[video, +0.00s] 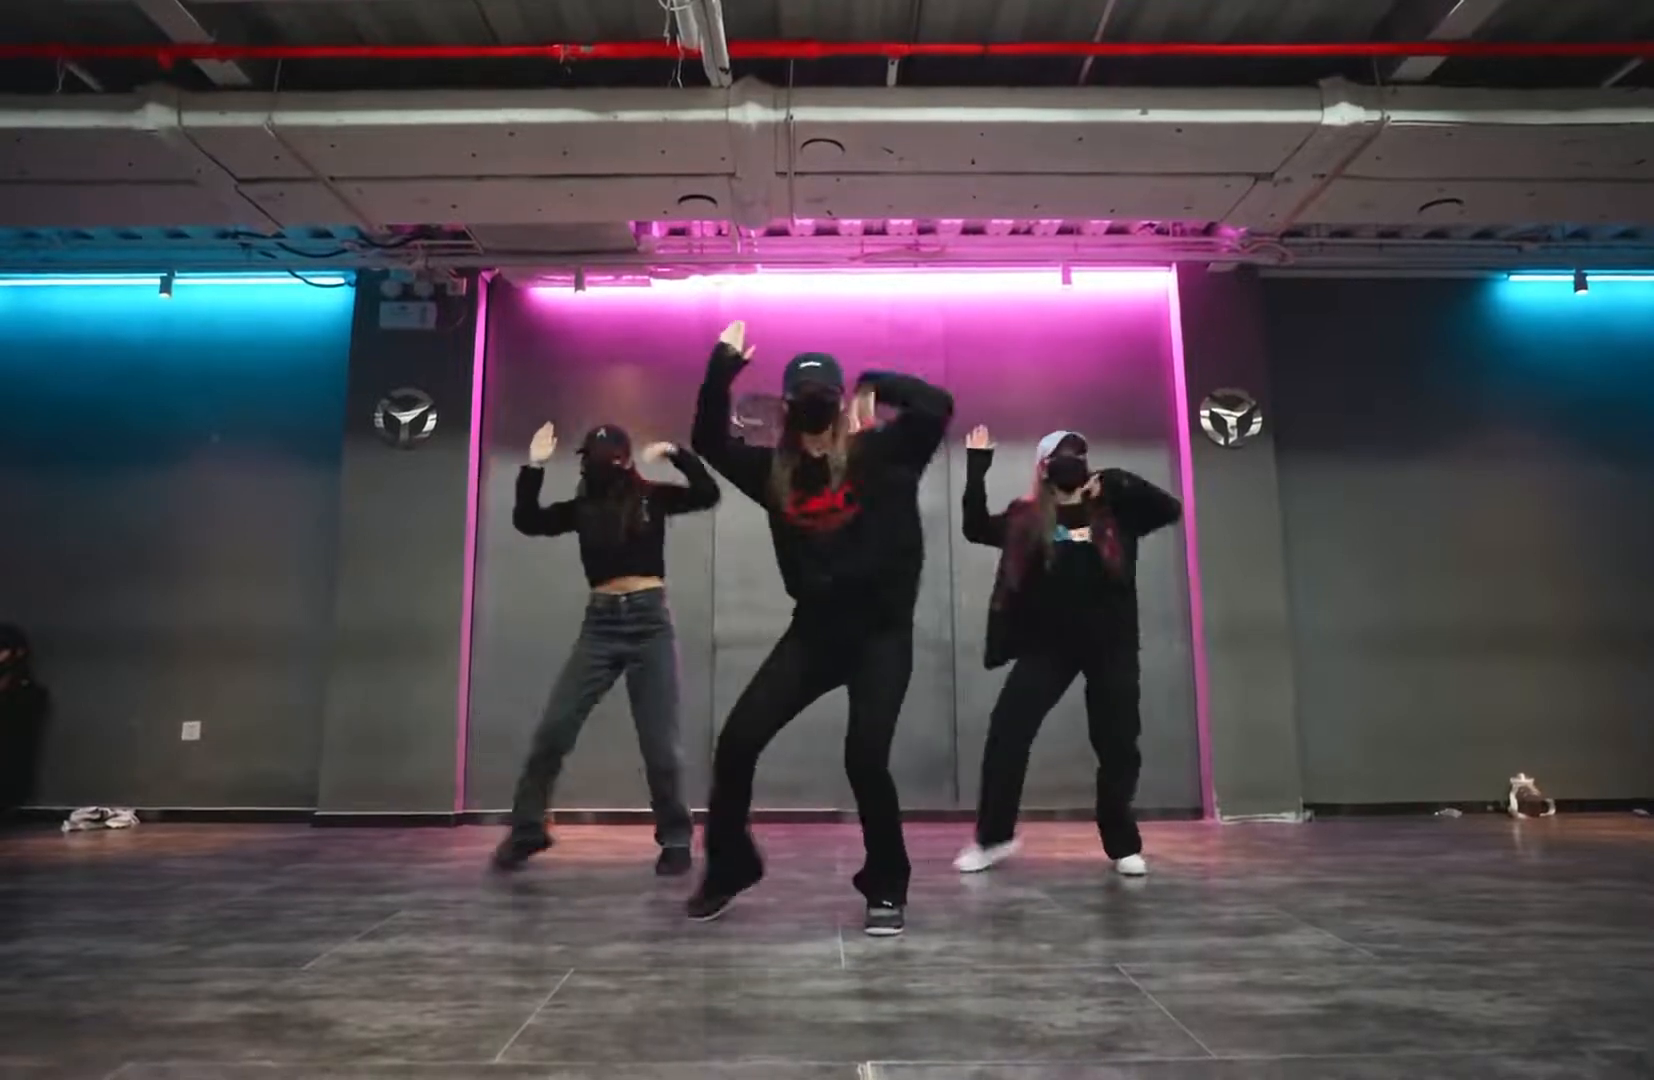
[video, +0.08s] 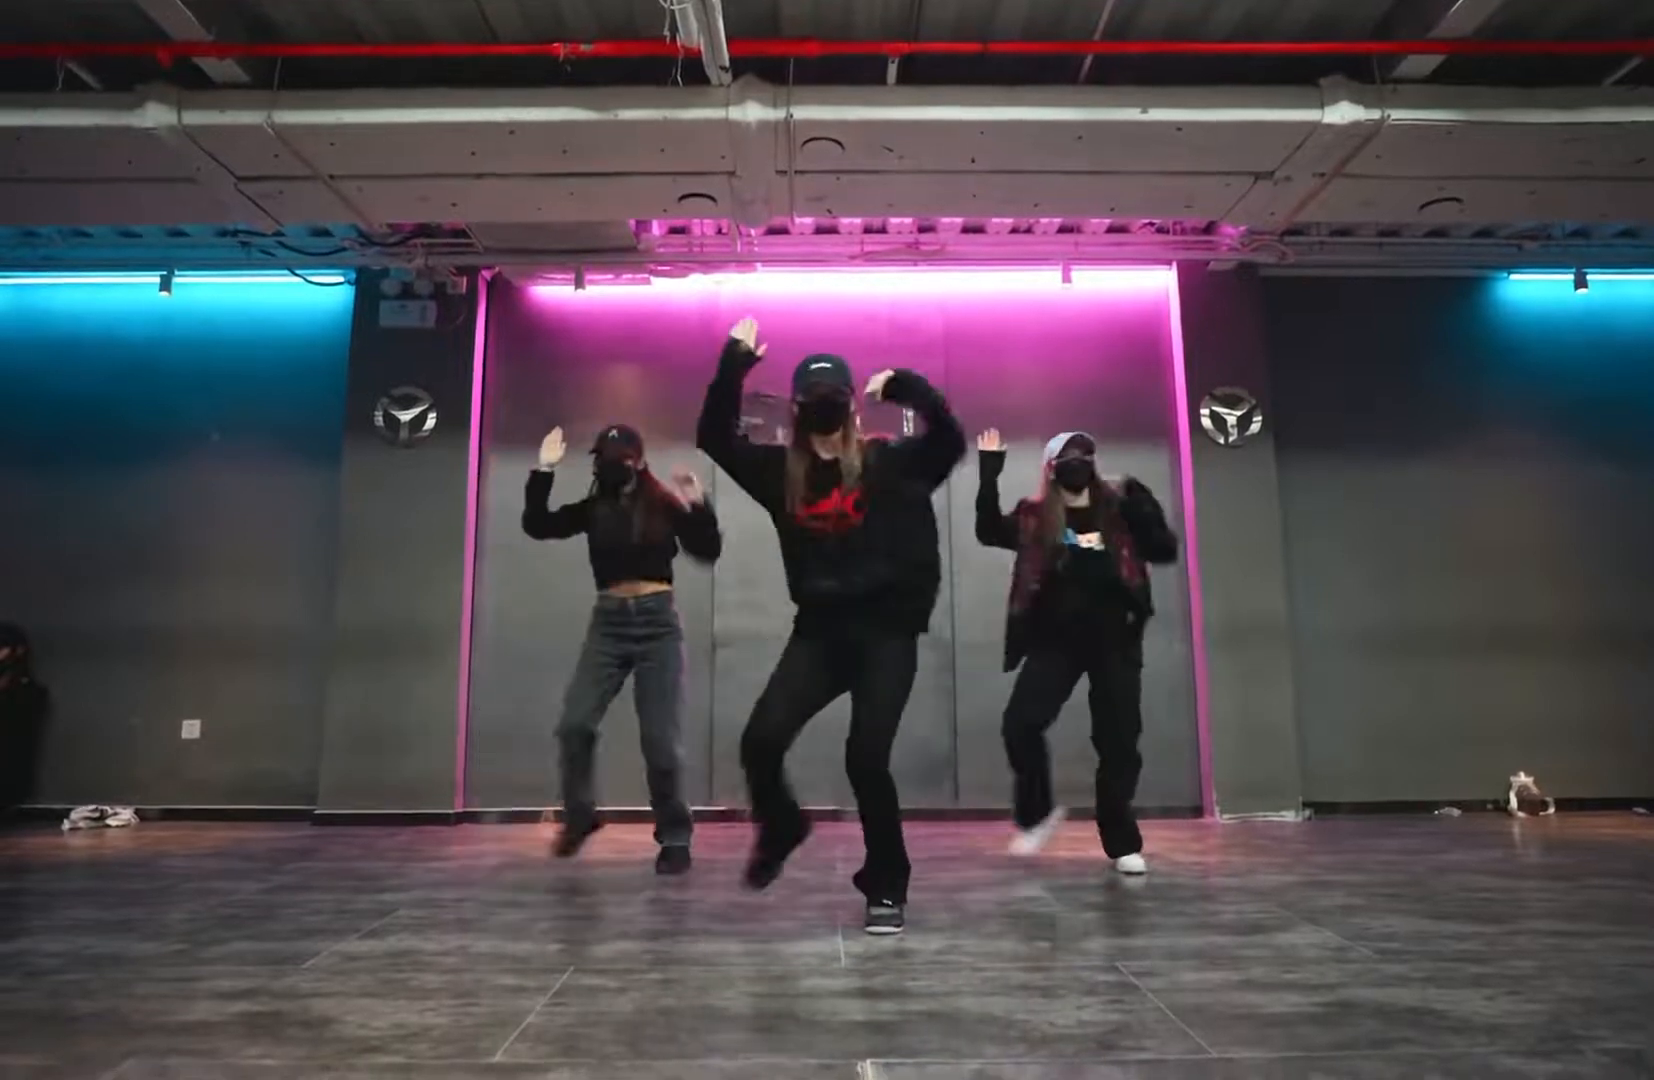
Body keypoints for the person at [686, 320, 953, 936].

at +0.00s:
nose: (817, 427)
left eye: (825, 413)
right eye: (805, 416)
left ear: (843, 409)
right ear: (786, 414)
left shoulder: (887, 455)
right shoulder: (774, 474)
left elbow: (938, 407)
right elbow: (712, 442)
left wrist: (875, 383)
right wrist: (723, 367)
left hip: (882, 636)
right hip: (814, 636)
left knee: (865, 760)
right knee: (737, 742)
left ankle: (887, 892)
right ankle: (730, 866)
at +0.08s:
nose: (826, 417)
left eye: (835, 405)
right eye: (814, 406)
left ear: (852, 405)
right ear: (797, 409)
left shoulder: (894, 465)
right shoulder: (780, 473)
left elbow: (951, 443)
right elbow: (715, 436)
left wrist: (915, 392)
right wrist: (734, 363)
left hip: (889, 635)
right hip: (819, 636)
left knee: (865, 759)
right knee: (760, 741)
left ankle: (887, 890)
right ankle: (781, 826)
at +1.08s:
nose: (753, 427)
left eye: (764, 413)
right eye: (741, 415)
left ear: (789, 402)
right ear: (725, 412)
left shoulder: (831, 457)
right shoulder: (727, 464)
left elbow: (875, 535)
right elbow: (703, 515)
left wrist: (808, 490)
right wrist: (669, 562)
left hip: (850, 639)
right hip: (777, 641)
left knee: (915, 767)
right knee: (702, 760)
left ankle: (909, 852)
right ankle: (661, 915)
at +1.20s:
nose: (789, 413)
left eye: (801, 398)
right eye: (776, 399)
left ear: (823, 393)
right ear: (756, 398)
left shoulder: (842, 459)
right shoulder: (724, 463)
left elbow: (863, 541)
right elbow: (662, 531)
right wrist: (623, 611)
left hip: (842, 638)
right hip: (760, 644)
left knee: (944, 713)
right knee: (686, 759)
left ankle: (956, 875)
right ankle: (661, 912)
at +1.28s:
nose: (816, 395)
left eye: (827, 381)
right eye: (803, 383)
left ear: (845, 380)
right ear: (782, 386)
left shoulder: (852, 456)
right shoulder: (751, 460)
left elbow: (845, 554)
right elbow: (691, 548)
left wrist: (883, 599)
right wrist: (654, 635)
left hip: (841, 640)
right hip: (762, 646)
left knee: (943, 730)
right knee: (683, 764)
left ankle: (987, 909)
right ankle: (659, 909)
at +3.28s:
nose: (864, 318)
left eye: (876, 307)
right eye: (850, 308)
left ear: (895, 319)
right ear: (828, 321)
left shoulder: (916, 410)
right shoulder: (796, 407)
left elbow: (965, 496)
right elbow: (748, 487)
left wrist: (1055, 518)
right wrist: (697, 483)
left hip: (894, 620)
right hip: (805, 620)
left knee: (1010, 724)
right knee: (723, 753)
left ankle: (978, 897)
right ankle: (646, 908)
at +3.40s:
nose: (856, 319)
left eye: (868, 307)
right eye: (841, 308)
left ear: (888, 318)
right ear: (818, 320)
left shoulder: (932, 402)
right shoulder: (771, 393)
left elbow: (1021, 394)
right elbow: (693, 414)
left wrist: (1036, 402)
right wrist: (665, 486)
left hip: (898, 620)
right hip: (801, 622)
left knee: (989, 730)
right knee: (735, 752)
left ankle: (1008, 886)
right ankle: (646, 891)